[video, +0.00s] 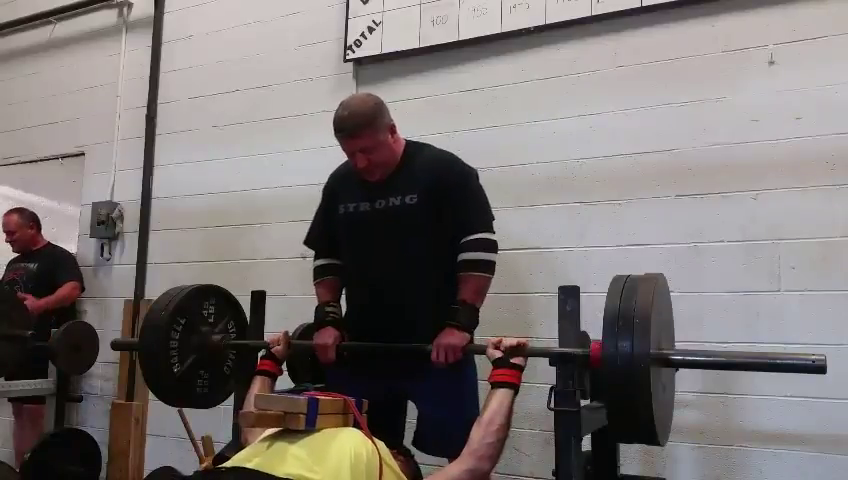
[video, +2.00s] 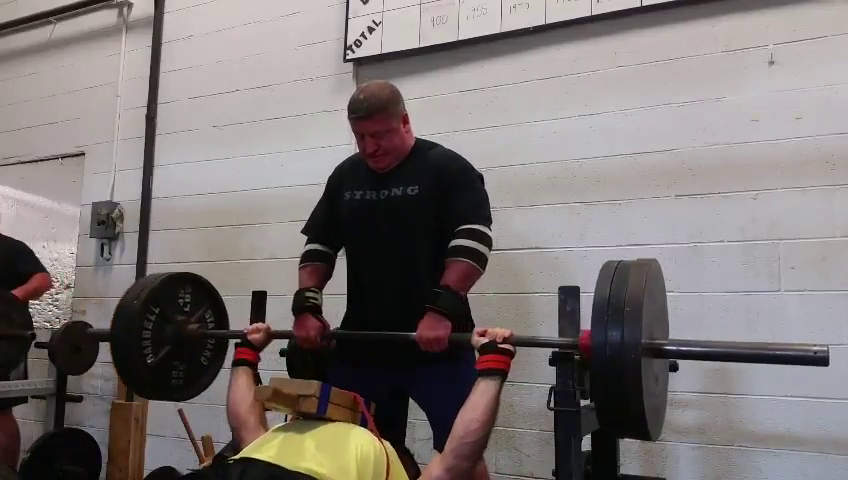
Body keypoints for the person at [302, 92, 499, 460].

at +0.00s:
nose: (359, 163)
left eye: (367, 151)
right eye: (351, 154)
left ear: (393, 133)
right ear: (341, 145)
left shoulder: (449, 175)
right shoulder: (341, 184)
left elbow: (479, 251)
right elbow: (327, 259)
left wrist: (460, 323)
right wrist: (328, 319)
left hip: (438, 346)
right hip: (366, 348)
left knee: (463, 459)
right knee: (370, 460)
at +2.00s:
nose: (370, 146)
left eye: (380, 135)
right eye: (362, 136)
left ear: (406, 124)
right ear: (352, 131)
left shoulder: (450, 171)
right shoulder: (346, 177)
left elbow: (472, 246)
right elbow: (319, 247)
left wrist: (443, 309)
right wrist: (307, 307)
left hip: (438, 343)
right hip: (364, 345)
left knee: (465, 456)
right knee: (363, 459)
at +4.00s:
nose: (367, 156)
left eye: (375, 145)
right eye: (357, 147)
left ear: (400, 130)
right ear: (348, 139)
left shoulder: (448, 176)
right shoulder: (342, 185)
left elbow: (482, 253)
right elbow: (325, 259)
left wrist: (479, 328)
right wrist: (311, 320)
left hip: (439, 339)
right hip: (367, 341)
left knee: (461, 449)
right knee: (373, 451)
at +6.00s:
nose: (360, 160)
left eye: (369, 149)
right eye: (351, 151)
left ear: (394, 132)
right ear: (341, 143)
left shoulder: (444, 176)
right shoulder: (338, 184)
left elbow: (478, 257)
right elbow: (324, 260)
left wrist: (472, 330)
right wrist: (314, 318)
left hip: (437, 344)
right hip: (365, 345)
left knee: (461, 456)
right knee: (368, 459)